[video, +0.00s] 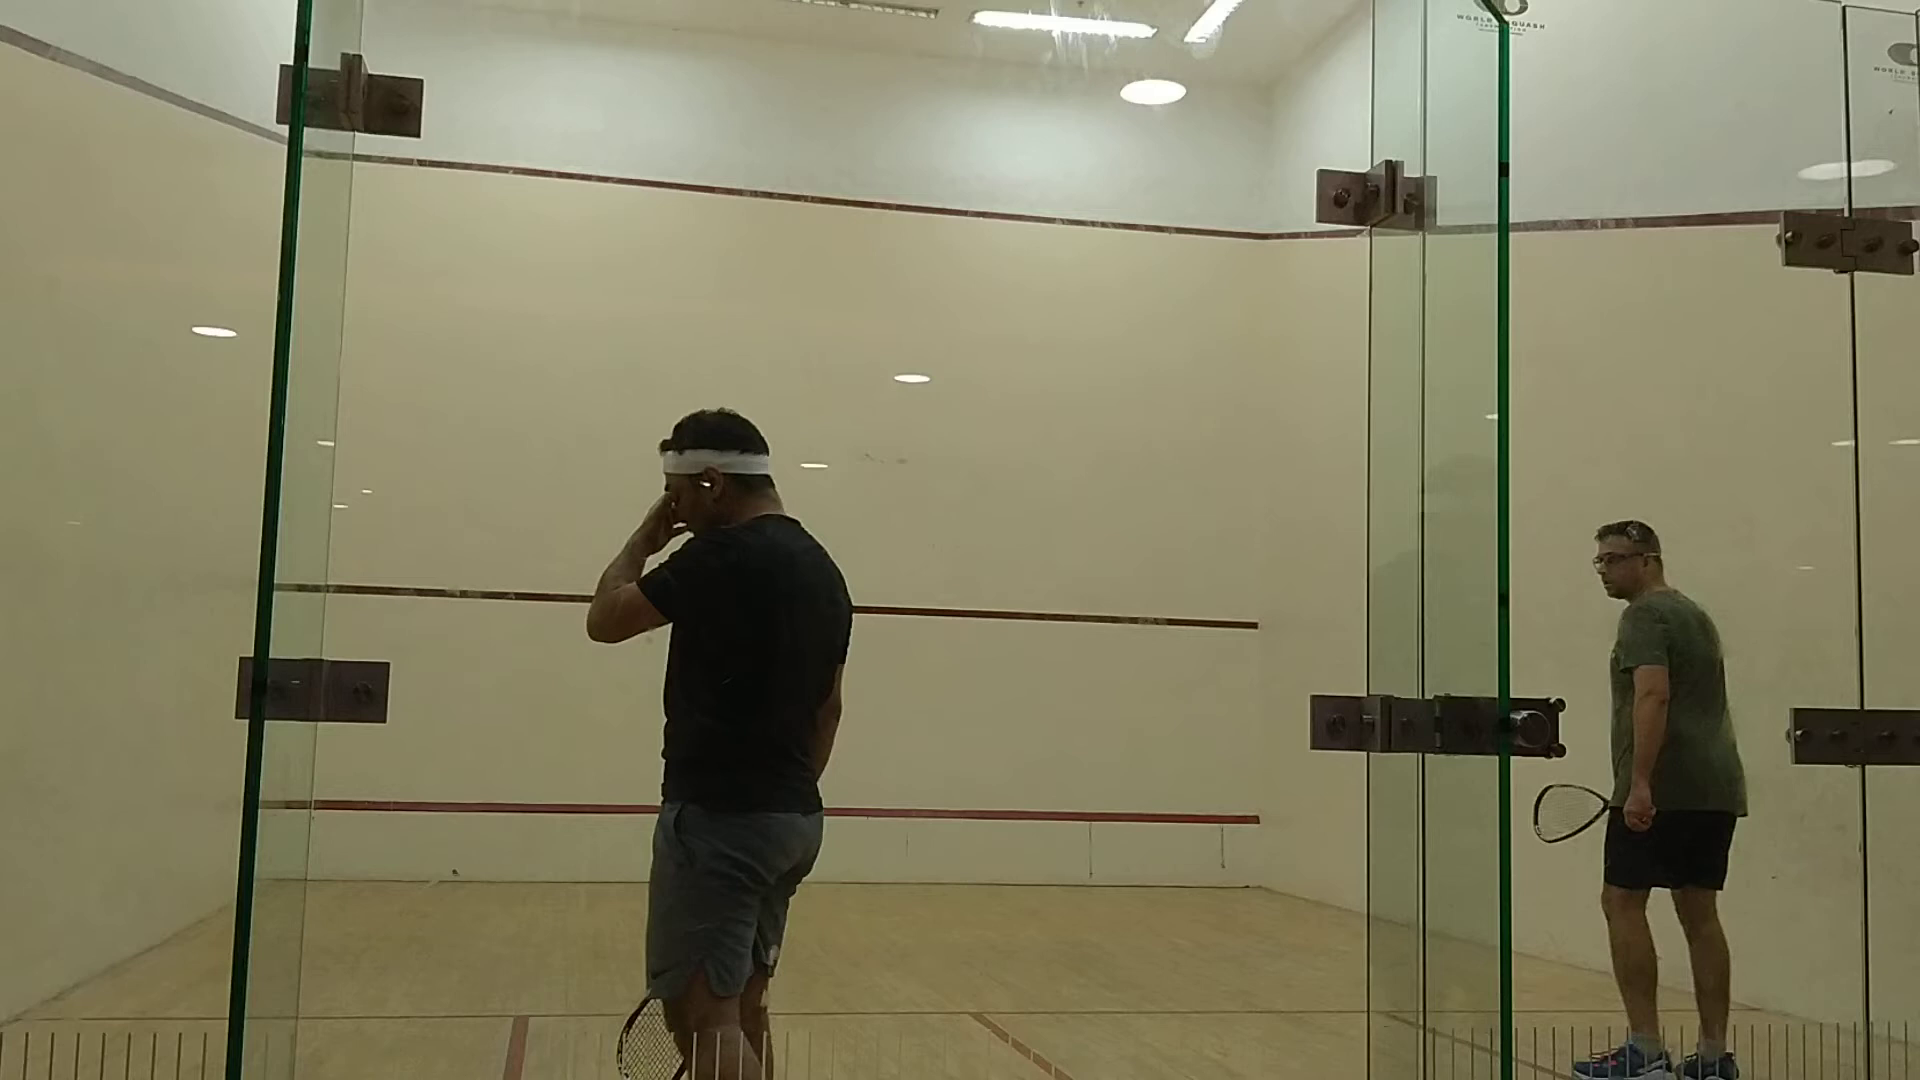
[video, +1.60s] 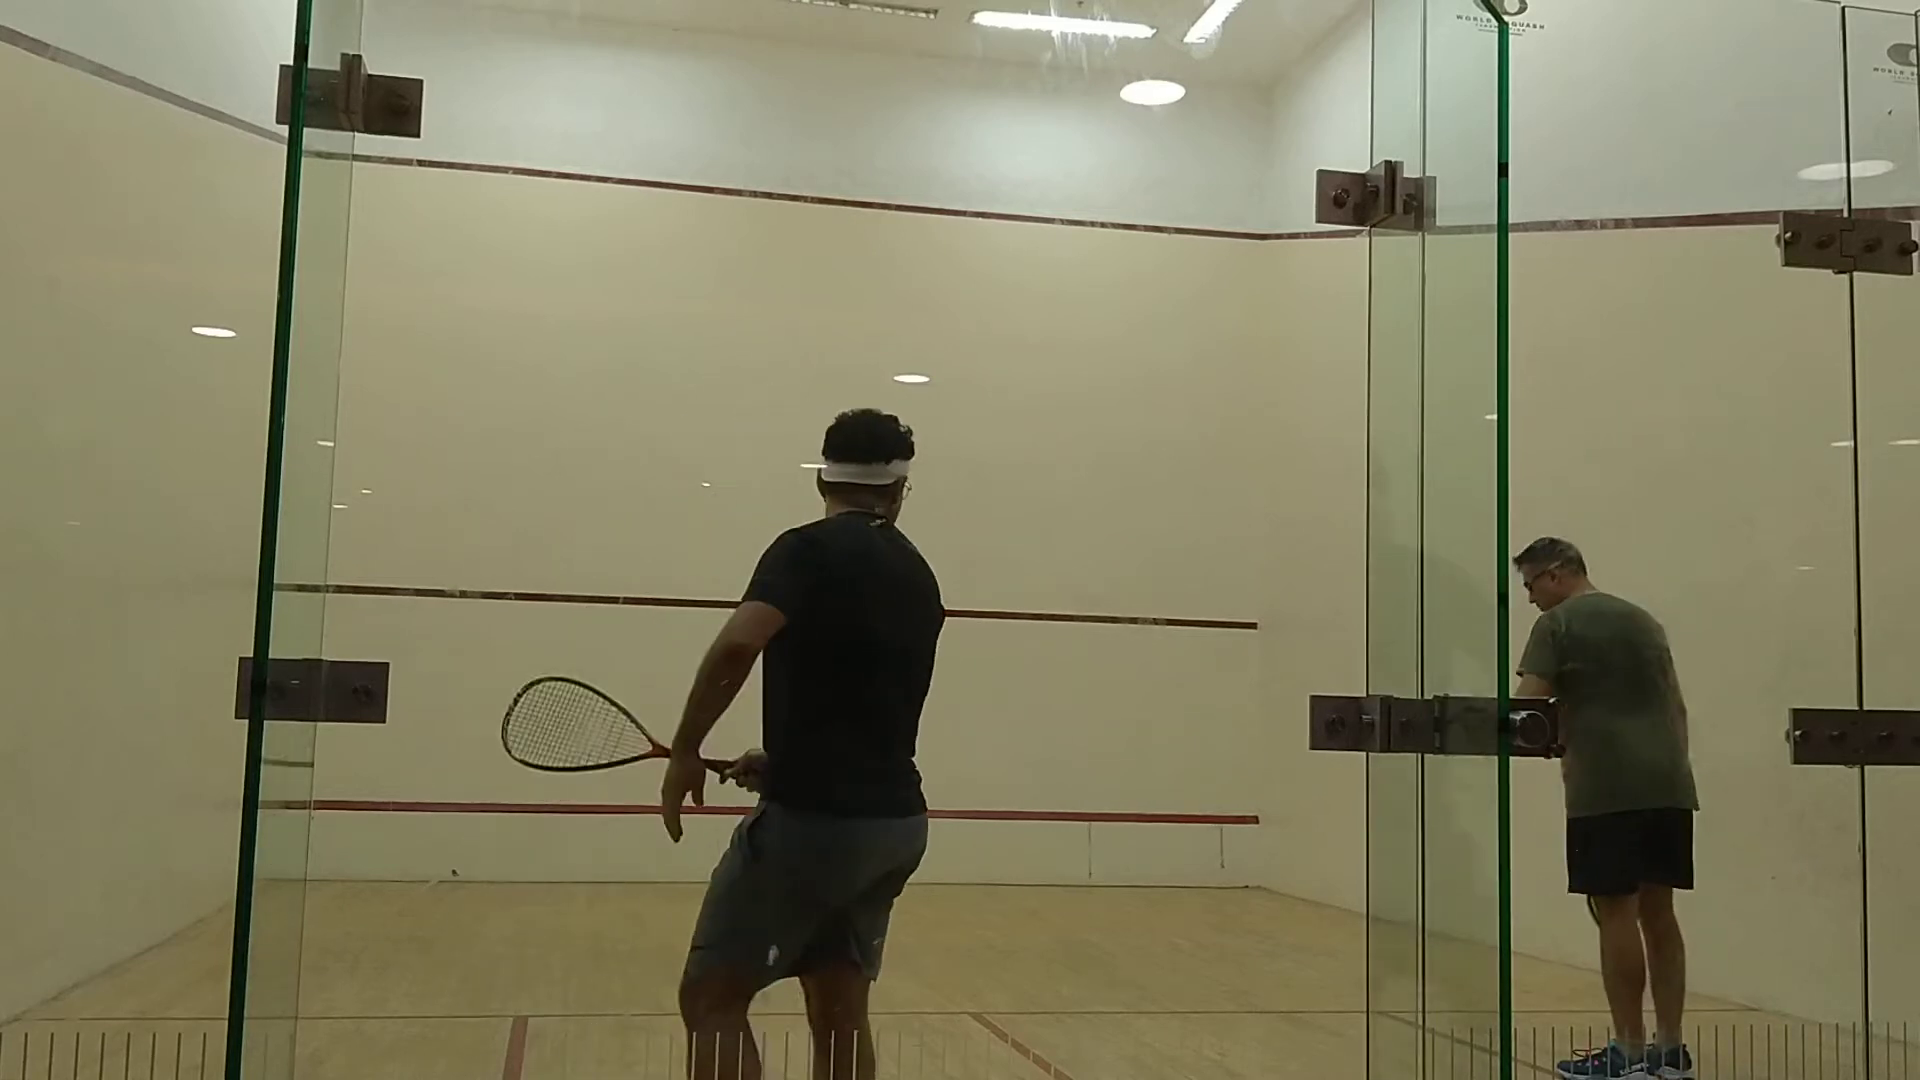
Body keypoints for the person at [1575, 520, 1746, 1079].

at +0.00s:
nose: (1601, 570)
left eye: (1611, 561)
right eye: (1599, 562)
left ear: (1646, 560)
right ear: (1648, 567)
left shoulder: (1644, 614)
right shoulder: (1692, 614)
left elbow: (1653, 697)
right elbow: (1702, 710)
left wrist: (1639, 782)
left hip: (1657, 793)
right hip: (1711, 793)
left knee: (1621, 901)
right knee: (1699, 910)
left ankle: (1644, 1047)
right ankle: (1714, 1053)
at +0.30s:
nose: (1574, 569)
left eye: (1585, 559)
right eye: (1570, 561)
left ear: (1618, 559)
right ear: (1623, 566)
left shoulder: (1619, 616)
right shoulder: (1656, 613)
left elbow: (1623, 702)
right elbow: (1662, 707)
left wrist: (1593, 780)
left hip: (1628, 794)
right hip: (1675, 793)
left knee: (1613, 909)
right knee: (1666, 910)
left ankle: (1629, 1051)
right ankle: (1708, 1049)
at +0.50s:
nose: (1548, 570)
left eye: (1557, 560)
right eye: (1546, 562)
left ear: (1593, 560)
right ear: (1598, 565)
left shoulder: (1599, 618)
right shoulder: (1640, 612)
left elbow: (1591, 700)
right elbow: (1648, 702)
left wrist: (1556, 724)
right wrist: (1572, 733)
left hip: (1611, 797)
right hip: (1656, 791)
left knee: (1609, 911)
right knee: (1638, 903)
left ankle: (1629, 1052)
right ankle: (1684, 1033)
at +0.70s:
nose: (1527, 587)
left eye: (1531, 574)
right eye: (1524, 577)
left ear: (1562, 563)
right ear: (1572, 562)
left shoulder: (1578, 624)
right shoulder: (1635, 613)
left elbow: (1540, 712)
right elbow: (1657, 698)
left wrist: (1475, 672)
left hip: (1607, 799)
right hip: (1656, 792)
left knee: (1616, 917)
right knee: (1643, 909)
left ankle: (1627, 1050)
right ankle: (1658, 1045)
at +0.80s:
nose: (1525, 593)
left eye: (1525, 580)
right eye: (1521, 583)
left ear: (1551, 567)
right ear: (1569, 563)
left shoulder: (1568, 626)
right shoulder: (1632, 612)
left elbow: (1536, 721)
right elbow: (1657, 700)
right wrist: (1575, 726)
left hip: (1606, 798)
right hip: (1660, 792)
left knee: (1617, 916)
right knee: (1646, 909)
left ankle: (1628, 1051)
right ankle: (1662, 1042)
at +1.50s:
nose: (1531, 604)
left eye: (1530, 592)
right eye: (1527, 594)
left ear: (1550, 580)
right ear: (1575, 575)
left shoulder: (1557, 623)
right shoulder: (1636, 619)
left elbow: (1538, 711)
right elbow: (1644, 708)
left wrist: (1554, 744)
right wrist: (1573, 740)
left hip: (1610, 796)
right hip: (1672, 790)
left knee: (1621, 917)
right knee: (1659, 914)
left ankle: (1629, 1052)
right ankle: (1670, 1050)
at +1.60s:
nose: (1531, 597)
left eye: (1533, 585)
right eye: (1528, 588)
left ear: (1558, 574)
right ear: (1578, 572)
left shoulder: (1553, 624)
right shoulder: (1644, 620)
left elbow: (1526, 715)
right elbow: (1676, 710)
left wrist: (1558, 742)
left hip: (1604, 796)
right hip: (1670, 791)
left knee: (1616, 916)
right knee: (1660, 912)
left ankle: (1629, 1052)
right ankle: (1670, 1049)